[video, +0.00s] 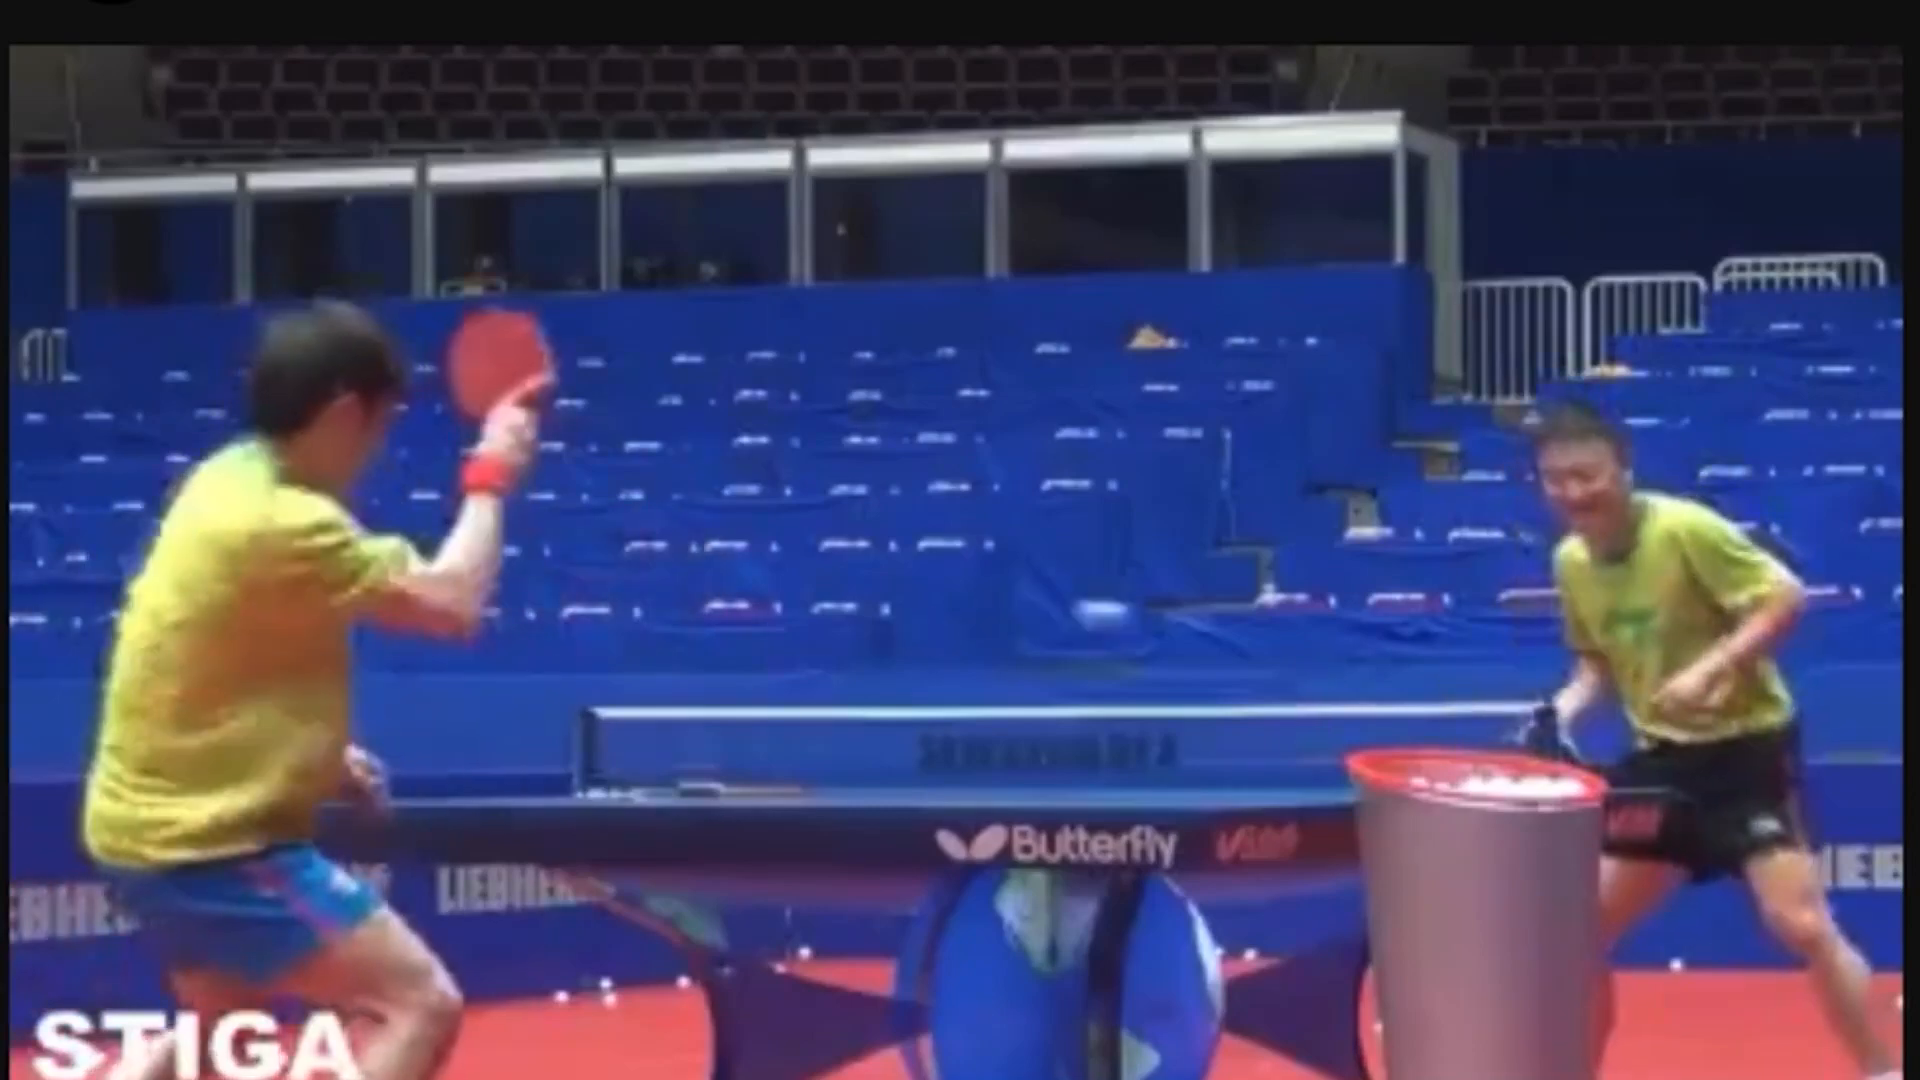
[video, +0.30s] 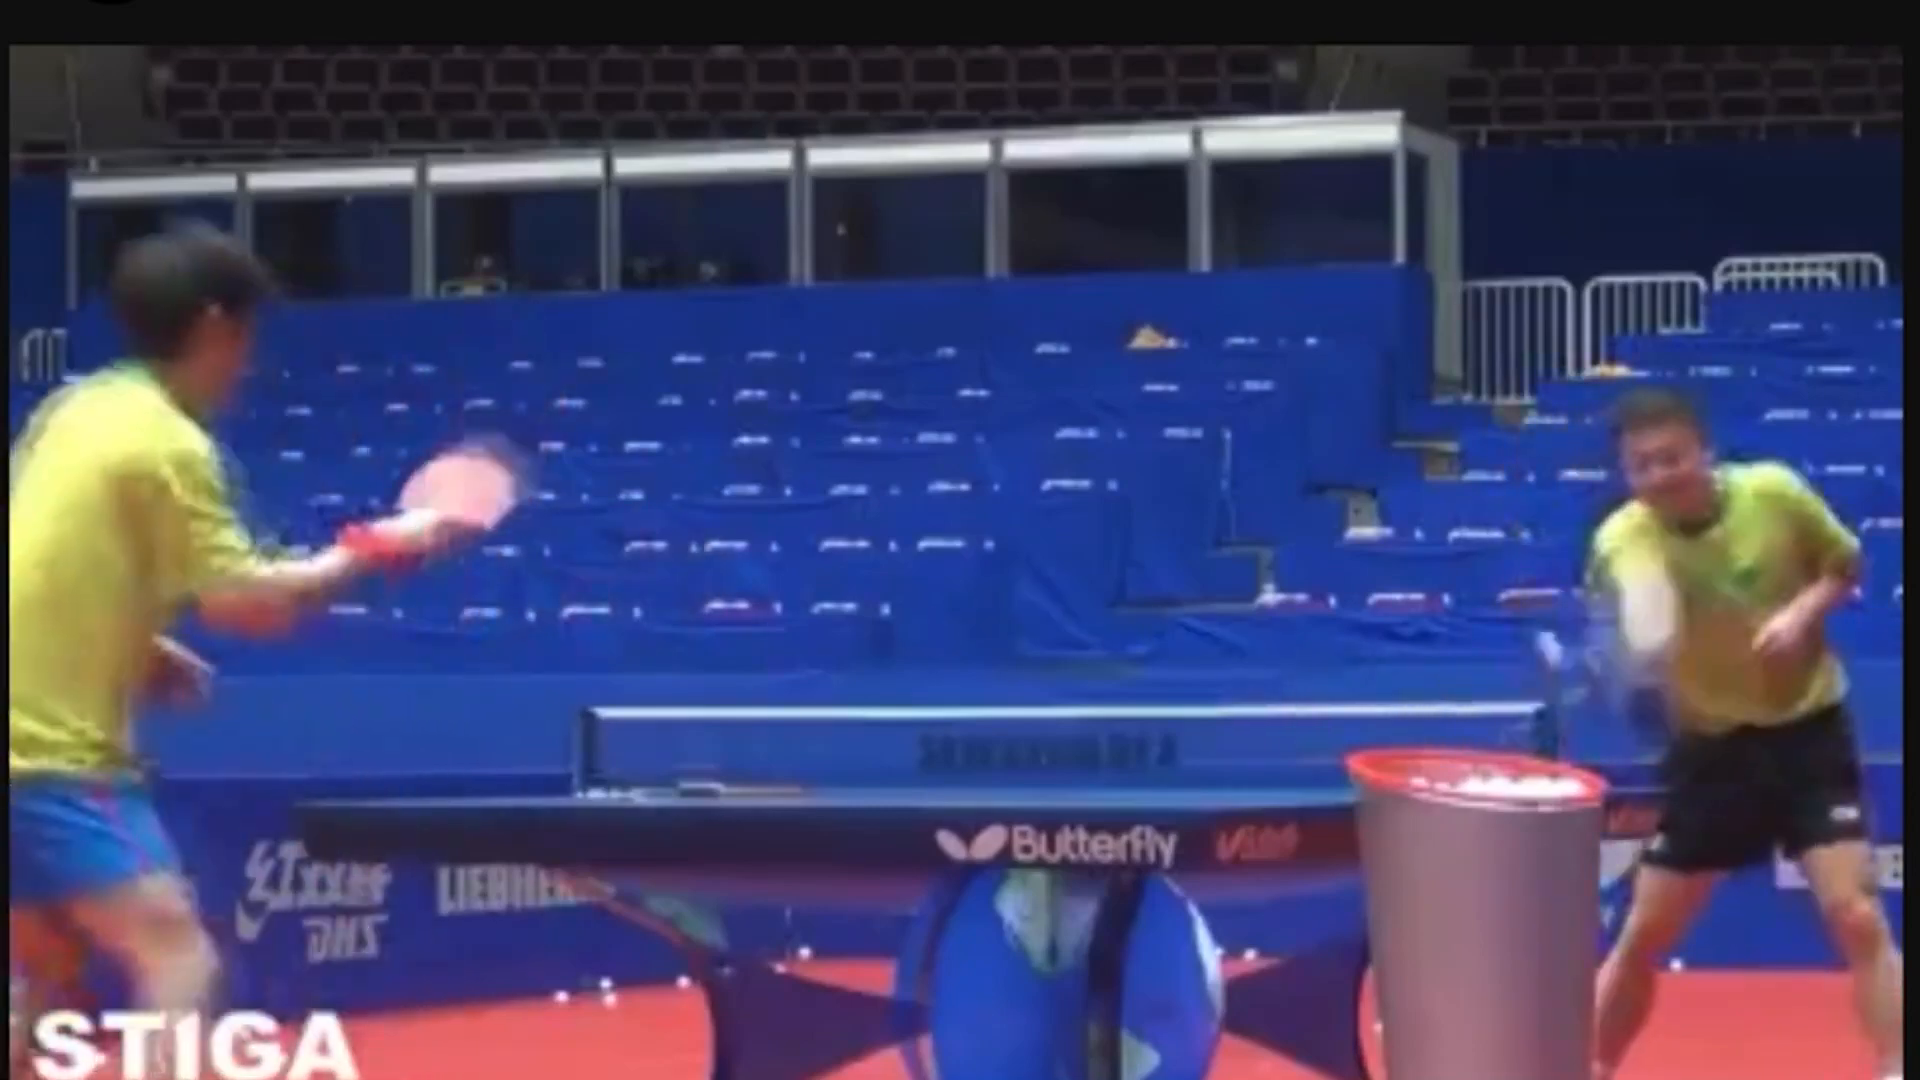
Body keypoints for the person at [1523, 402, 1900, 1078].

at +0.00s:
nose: (1577, 493)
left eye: (1590, 474)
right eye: (1561, 480)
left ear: (1623, 470)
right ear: (1546, 488)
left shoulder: (1685, 529)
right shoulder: (1572, 561)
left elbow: (1785, 594)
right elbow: (1595, 665)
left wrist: (1708, 670)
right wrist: (1558, 711)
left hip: (1747, 751)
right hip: (1662, 760)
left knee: (1802, 924)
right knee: (1578, 924)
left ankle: (1883, 1067)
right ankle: (1569, 1067)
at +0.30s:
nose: (1660, 477)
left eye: (1672, 457)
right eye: (1643, 464)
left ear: (1704, 452)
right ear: (1626, 473)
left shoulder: (1773, 492)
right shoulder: (1625, 537)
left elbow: (1846, 564)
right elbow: (1650, 637)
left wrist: (1800, 614)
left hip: (1807, 734)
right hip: (1707, 744)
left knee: (1857, 919)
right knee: (1641, 939)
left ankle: (1896, 1067)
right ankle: (1593, 1069)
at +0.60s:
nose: (1801, 456)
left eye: (1815, 440)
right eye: (1787, 440)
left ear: (1841, 444)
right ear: (1766, 447)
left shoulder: (1865, 507)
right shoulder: (1745, 510)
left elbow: (1871, 604)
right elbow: (1801, 587)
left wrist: (1876, 645)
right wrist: (1878, 636)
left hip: (1826, 747)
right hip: (1728, 748)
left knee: (1887, 920)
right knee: (1649, 937)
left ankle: (1901, 1066)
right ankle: (1590, 1066)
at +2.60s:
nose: (1570, 454)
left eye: (1587, 437)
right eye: (1562, 439)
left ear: (1633, 442)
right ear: (1554, 447)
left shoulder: (1704, 520)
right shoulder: (1552, 537)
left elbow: (1790, 592)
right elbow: (1527, 653)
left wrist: (1726, 671)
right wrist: (1460, 596)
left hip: (1713, 748)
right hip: (1615, 750)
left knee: (1763, 919)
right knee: (1558, 921)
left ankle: (1818, 1069)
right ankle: (1540, 1069)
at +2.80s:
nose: (1591, 478)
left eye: (1608, 460)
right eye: (1581, 463)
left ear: (1652, 459)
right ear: (1572, 467)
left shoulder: (1715, 536)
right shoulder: (1575, 544)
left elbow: (1820, 607)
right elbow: (1561, 640)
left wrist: (1749, 700)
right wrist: (1539, 666)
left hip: (1736, 750)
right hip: (1640, 751)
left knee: (1780, 919)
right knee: (1573, 918)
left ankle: (1820, 1070)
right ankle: (1561, 1067)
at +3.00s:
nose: (1605, 500)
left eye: (1621, 482)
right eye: (1593, 484)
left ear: (1663, 481)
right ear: (1582, 488)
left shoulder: (1731, 546)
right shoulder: (1588, 564)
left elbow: (1840, 604)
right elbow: (1591, 671)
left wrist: (1785, 699)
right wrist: (1612, 726)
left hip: (1757, 752)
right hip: (1662, 758)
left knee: (1792, 915)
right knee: (1604, 922)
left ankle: (1824, 1070)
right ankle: (1578, 1068)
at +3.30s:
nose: (1570, 496)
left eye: (1586, 478)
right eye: (1557, 480)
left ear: (1623, 480)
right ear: (1545, 489)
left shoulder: (1685, 547)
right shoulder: (1547, 565)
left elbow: (1791, 608)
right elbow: (1529, 657)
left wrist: (1729, 704)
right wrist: (1511, 703)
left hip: (1723, 755)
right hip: (1632, 762)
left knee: (1761, 921)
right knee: (1568, 922)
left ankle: (1817, 1070)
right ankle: (1581, 1068)